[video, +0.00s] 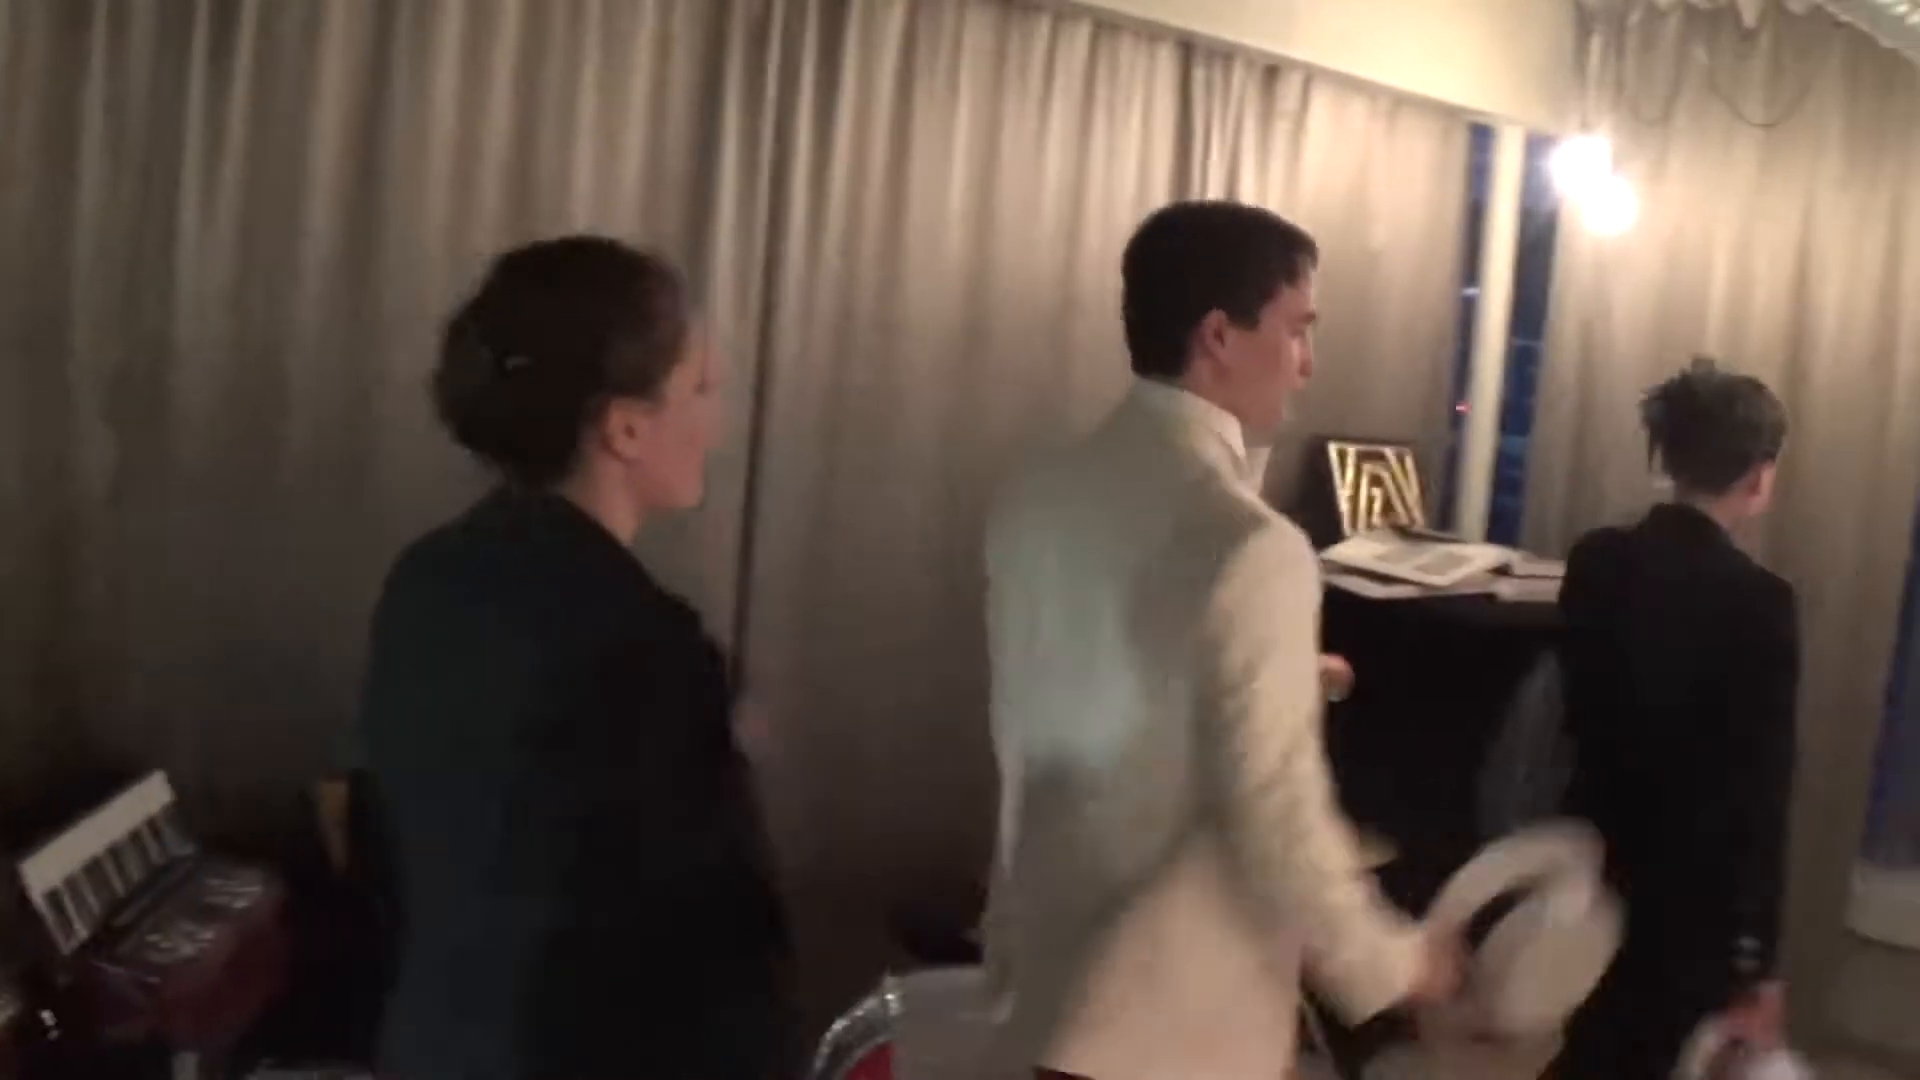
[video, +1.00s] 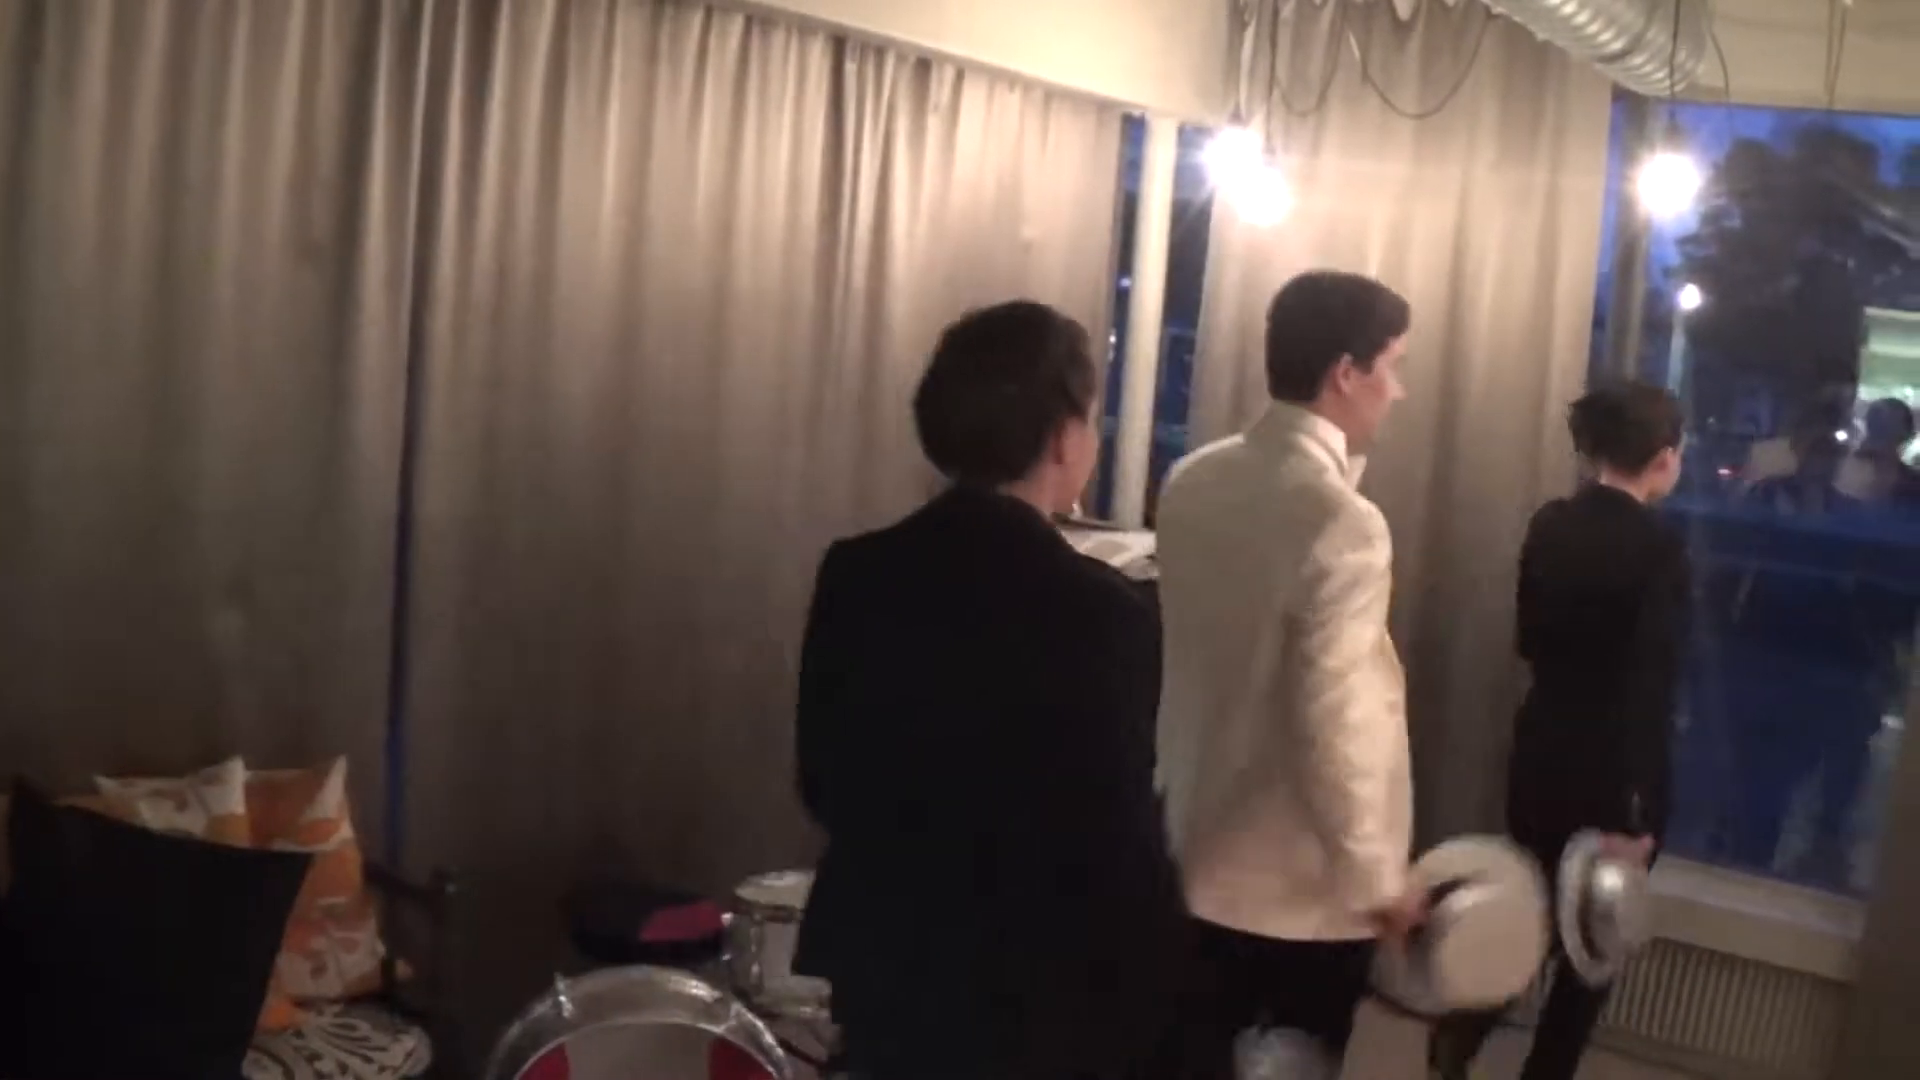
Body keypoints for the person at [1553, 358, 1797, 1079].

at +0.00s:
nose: (1771, 484)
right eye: (1773, 468)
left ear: (1667, 457)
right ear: (1761, 479)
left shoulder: (1595, 560)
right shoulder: (1760, 600)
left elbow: (1579, 719)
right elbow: (1763, 793)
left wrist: (1589, 844)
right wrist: (1759, 961)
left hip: (1604, 844)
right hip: (1703, 863)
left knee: (1600, 1023)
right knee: (1649, 1041)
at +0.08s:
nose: (1757, 486)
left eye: (1754, 467)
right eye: (1758, 470)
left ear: (1655, 462)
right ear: (1742, 478)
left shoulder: (1587, 563)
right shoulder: (1742, 598)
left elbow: (1549, 717)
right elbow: (1777, 759)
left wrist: (1535, 846)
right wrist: (1813, 898)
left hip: (1587, 859)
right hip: (1693, 873)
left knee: (1616, 1023)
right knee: (1642, 1048)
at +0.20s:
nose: (1732, 461)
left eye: (1727, 443)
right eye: (1732, 446)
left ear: (1631, 437)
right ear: (1718, 453)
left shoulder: (1562, 540)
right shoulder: (1728, 563)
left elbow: (1493, 677)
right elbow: (1793, 706)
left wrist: (1456, 809)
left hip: (1557, 829)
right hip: (1660, 843)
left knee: (1600, 986)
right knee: (1615, 1031)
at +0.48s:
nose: (1666, 473)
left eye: (1662, 457)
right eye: (1665, 458)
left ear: (1578, 455)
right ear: (1653, 465)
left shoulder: (1526, 552)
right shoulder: (1673, 569)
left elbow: (1478, 694)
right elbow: (1710, 697)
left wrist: (1447, 822)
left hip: (1528, 805)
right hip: (1620, 814)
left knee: (1558, 1002)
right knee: (1614, 1010)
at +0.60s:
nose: (1657, 472)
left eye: (1650, 456)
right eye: (1657, 459)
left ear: (1573, 450)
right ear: (1646, 463)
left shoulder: (1516, 542)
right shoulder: (1658, 565)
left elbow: (1481, 684)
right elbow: (1673, 724)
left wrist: (1510, 762)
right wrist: (1673, 862)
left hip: (1511, 812)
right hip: (1613, 819)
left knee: (1530, 985)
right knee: (1606, 987)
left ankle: (1516, 1075)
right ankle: (1570, 1070)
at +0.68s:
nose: (1660, 457)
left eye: (1656, 441)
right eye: (1659, 444)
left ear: (1580, 434)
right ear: (1648, 449)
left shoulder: (1518, 519)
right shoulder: (1652, 549)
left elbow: (1496, 625)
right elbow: (1652, 697)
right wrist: (1642, 823)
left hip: (1504, 787)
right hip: (1598, 802)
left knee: (1508, 984)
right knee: (1589, 997)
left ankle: (1493, 1072)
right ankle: (1562, 1075)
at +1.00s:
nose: (1679, 465)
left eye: (1679, 451)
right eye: (1677, 451)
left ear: (1592, 450)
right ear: (1658, 458)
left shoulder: (1551, 523)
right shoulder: (1657, 545)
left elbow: (1529, 641)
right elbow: (1650, 688)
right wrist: (1643, 812)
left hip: (1540, 748)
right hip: (1611, 767)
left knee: (1523, 909)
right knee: (1591, 941)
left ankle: (1459, 1035)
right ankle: (1548, 1068)